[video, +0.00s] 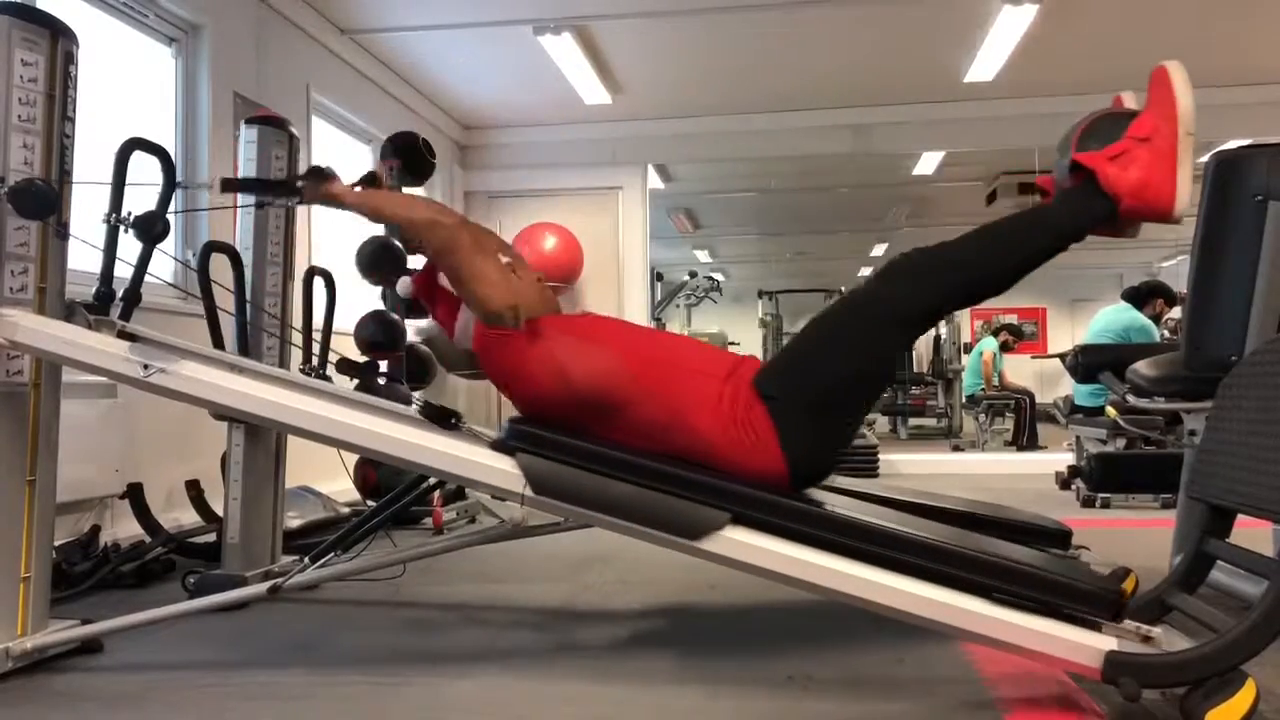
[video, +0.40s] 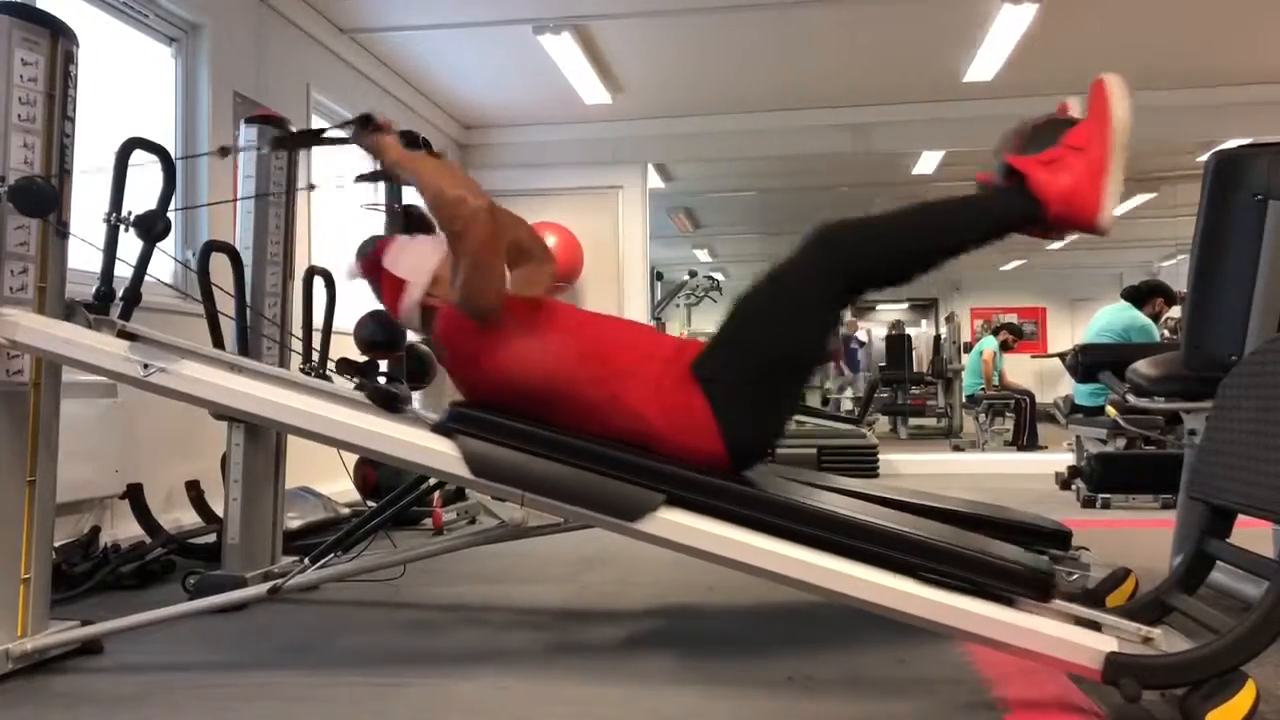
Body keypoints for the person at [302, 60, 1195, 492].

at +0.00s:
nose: (531, 265)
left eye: (519, 257)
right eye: (511, 259)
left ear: (486, 301)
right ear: (485, 297)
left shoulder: (539, 346)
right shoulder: (520, 349)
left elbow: (468, 250)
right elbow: (458, 233)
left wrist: (396, 208)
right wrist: (366, 202)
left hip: (768, 413)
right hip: (771, 433)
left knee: (905, 282)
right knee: (908, 287)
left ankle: (1090, 188)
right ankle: (1109, 191)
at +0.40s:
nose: (423, 254)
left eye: (413, 245)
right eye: (407, 256)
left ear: (434, 266)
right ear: (412, 295)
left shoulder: (501, 321)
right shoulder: (466, 337)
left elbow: (549, 251)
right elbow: (470, 210)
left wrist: (445, 188)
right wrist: (401, 157)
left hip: (714, 390)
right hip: (711, 415)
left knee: (831, 250)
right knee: (829, 254)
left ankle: (1019, 188)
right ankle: (1045, 195)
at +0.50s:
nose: (393, 243)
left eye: (383, 236)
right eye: (374, 247)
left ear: (405, 246)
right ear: (371, 287)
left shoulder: (473, 308)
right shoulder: (421, 332)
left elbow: (555, 262)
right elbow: (467, 239)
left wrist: (486, 189)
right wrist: (422, 143)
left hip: (673, 373)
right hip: (668, 398)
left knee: (770, 232)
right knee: (767, 232)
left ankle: (968, 178)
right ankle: (977, 182)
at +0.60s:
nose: (384, 219)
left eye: (373, 213)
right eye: (366, 224)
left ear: (366, 244)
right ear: (349, 261)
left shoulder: (428, 304)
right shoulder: (383, 317)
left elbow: (519, 269)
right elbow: (442, 227)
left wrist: (511, 168)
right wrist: (434, 114)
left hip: (617, 364)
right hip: (620, 389)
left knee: (700, 209)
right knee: (699, 207)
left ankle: (889, 163)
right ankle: (901, 156)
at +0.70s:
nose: (352, 207)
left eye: (341, 199)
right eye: (335, 207)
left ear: (327, 232)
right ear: (313, 240)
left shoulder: (388, 286)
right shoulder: (347, 294)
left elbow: (498, 264)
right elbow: (427, 215)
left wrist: (536, 171)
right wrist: (455, 102)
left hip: (574, 354)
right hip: (577, 376)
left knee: (633, 188)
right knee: (633, 184)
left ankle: (812, 147)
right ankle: (820, 132)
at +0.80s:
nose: (330, 191)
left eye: (319, 182)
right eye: (310, 189)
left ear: (303, 214)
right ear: (283, 223)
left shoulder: (359, 274)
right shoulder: (313, 278)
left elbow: (482, 256)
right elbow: (406, 224)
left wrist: (541, 193)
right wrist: (476, 112)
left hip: (537, 350)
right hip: (538, 365)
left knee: (562, 172)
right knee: (561, 167)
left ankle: (736, 134)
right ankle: (740, 120)